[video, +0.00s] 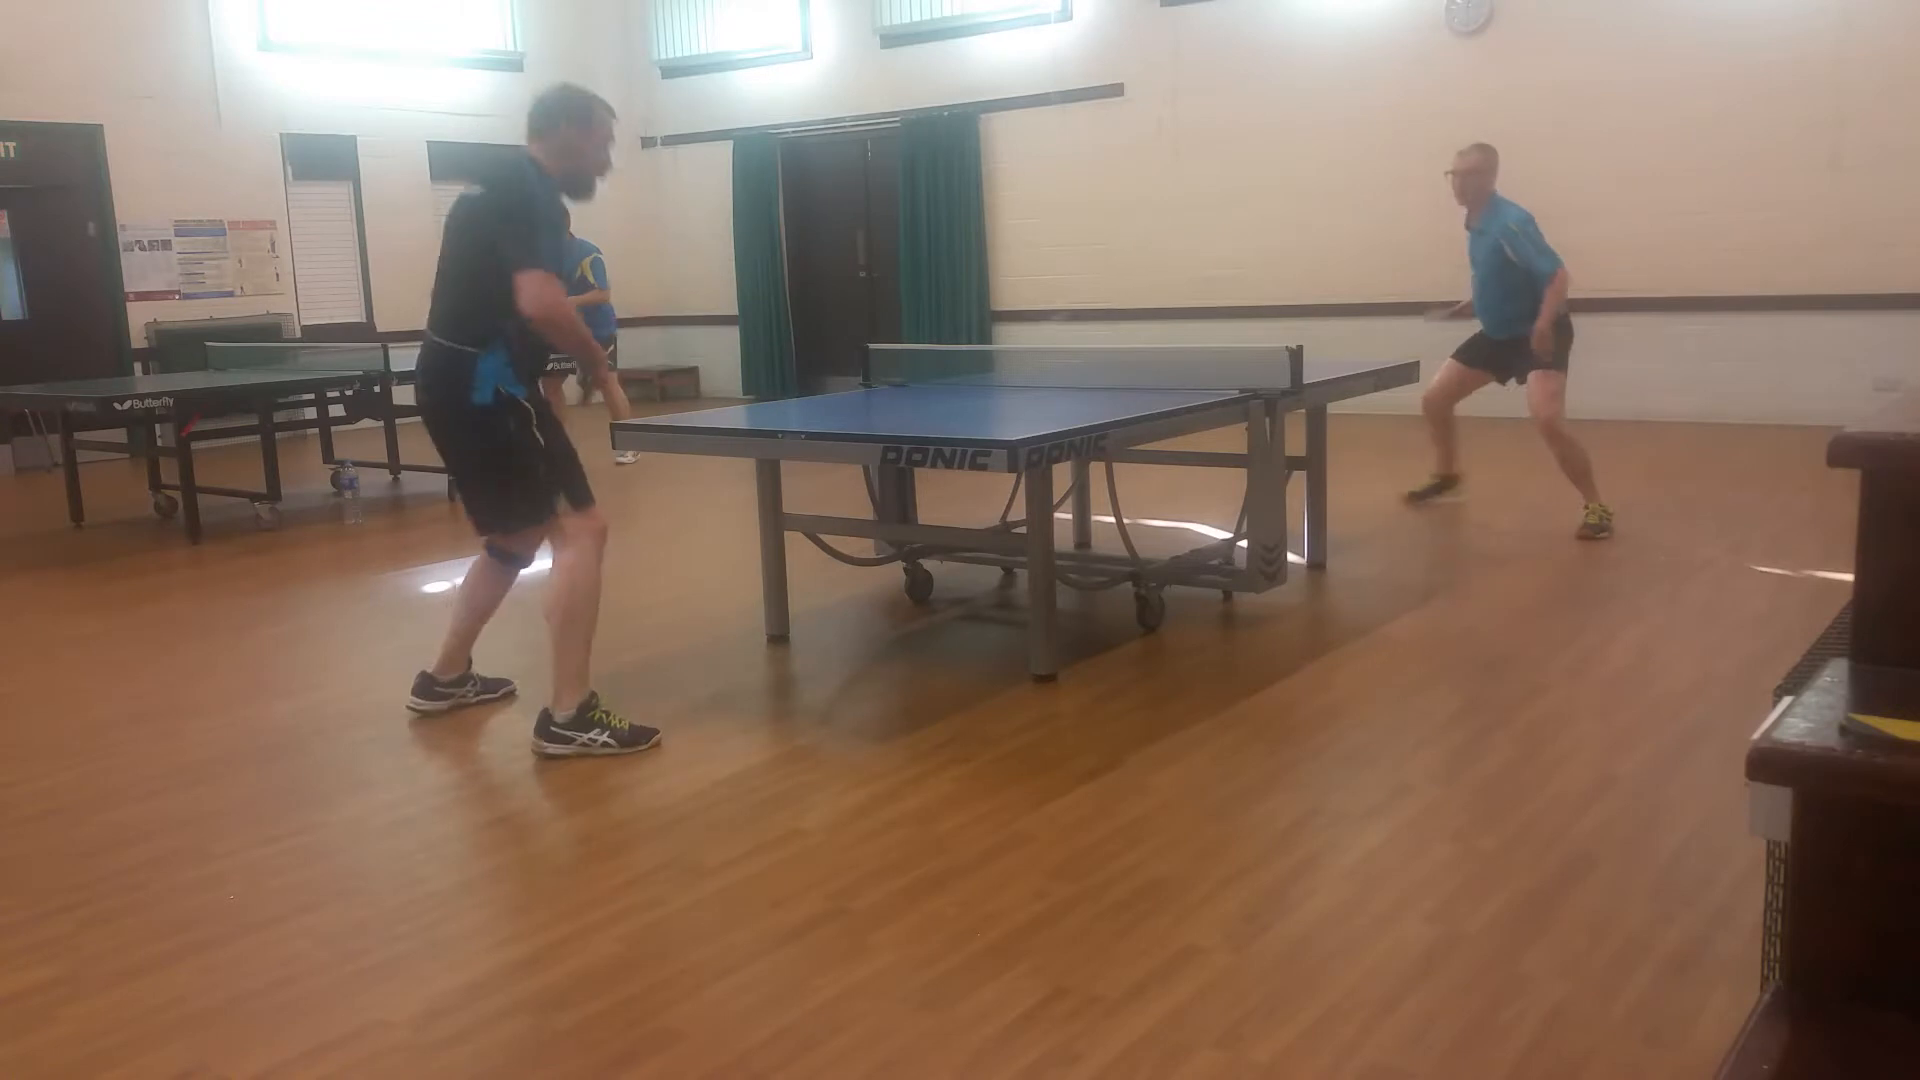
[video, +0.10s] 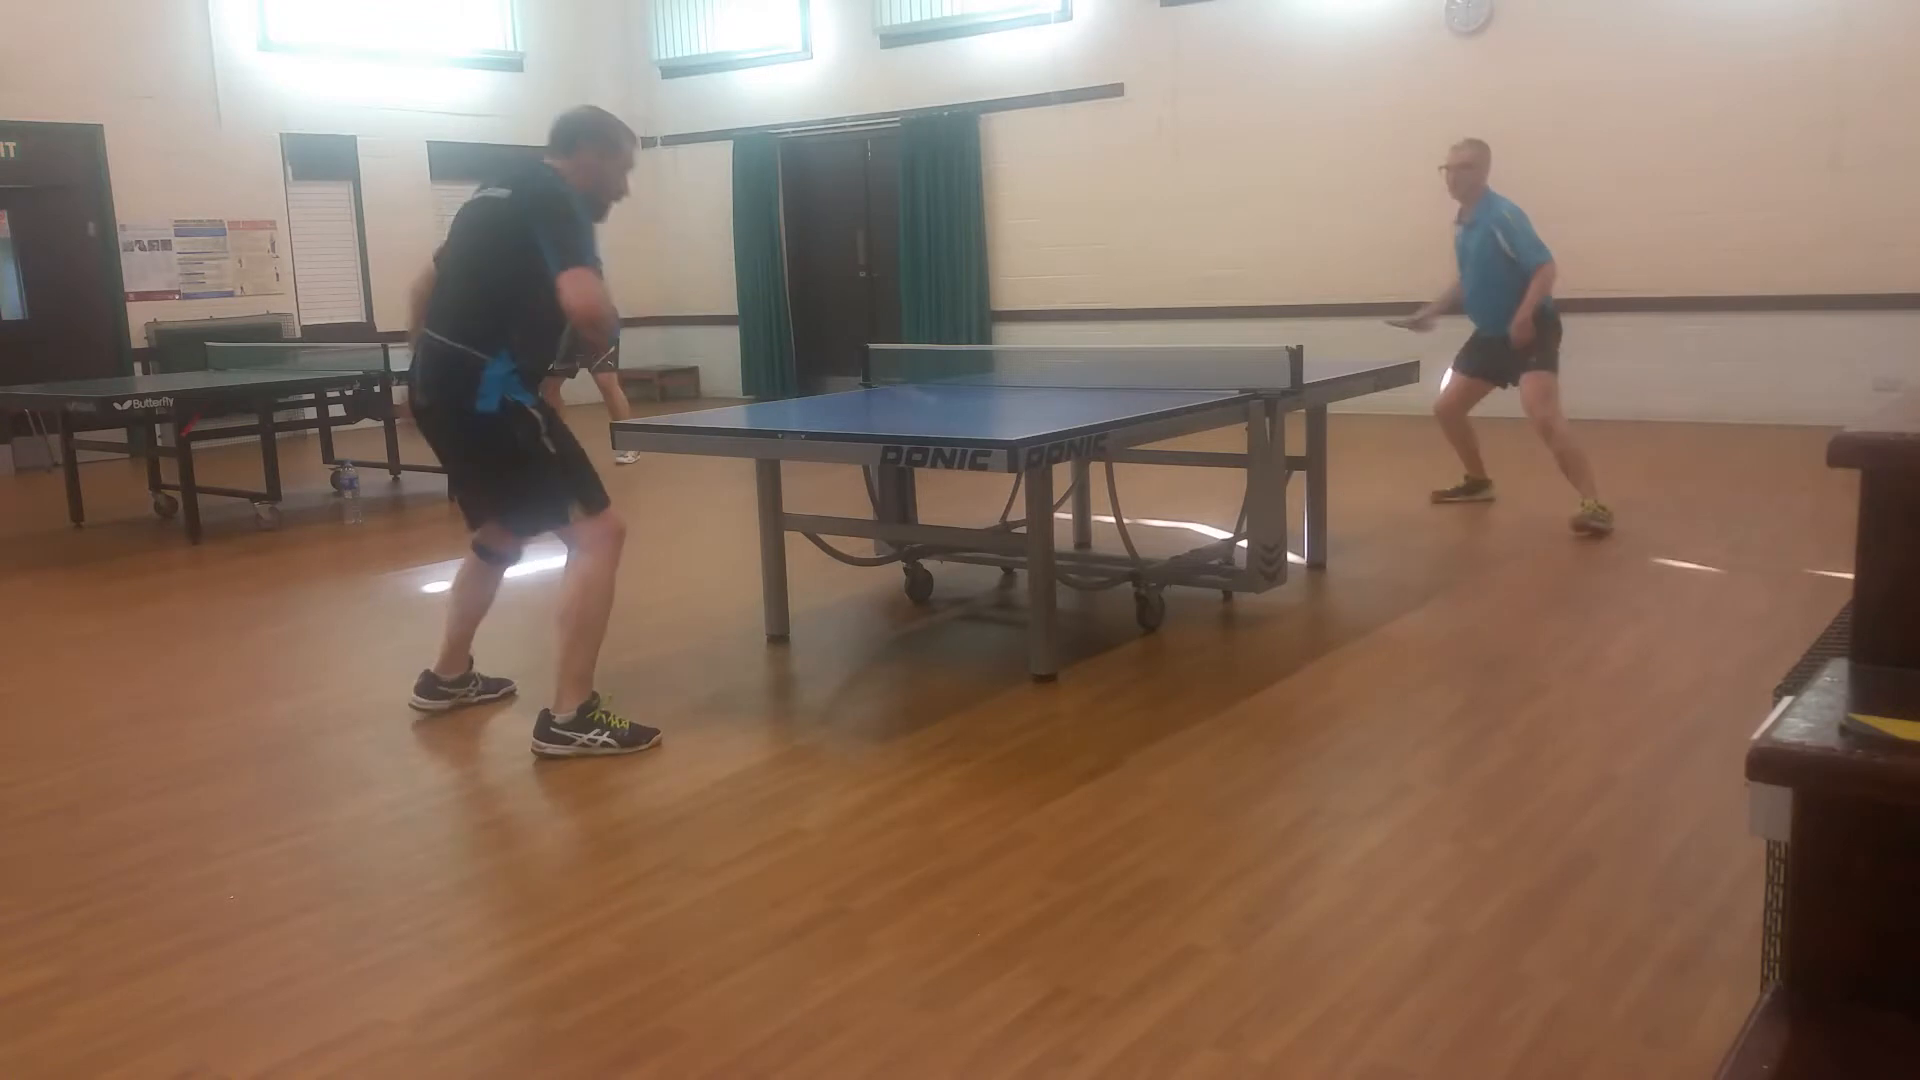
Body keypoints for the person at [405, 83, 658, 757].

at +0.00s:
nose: (609, 159)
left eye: (610, 145)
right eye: (602, 144)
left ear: (552, 137)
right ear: (565, 136)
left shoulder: (502, 184)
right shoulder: (529, 192)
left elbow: (492, 304)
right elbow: (539, 301)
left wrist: (541, 376)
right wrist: (601, 366)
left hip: (455, 376)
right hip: (487, 381)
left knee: (513, 539)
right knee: (582, 530)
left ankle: (444, 676)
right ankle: (569, 712)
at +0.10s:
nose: (626, 186)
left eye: (629, 172)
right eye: (624, 169)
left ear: (561, 155)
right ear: (587, 157)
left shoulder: (497, 193)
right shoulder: (557, 198)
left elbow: (425, 286)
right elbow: (584, 302)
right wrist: (602, 343)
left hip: (442, 388)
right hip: (492, 393)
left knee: (498, 534)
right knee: (598, 533)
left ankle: (447, 673)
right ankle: (570, 712)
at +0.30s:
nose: (633, 196)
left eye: (637, 184)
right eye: (632, 181)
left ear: (566, 160)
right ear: (603, 167)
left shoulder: (484, 191)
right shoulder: (597, 212)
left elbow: (368, 238)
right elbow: (662, 310)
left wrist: (312, 322)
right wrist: (678, 351)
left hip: (408, 382)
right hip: (484, 388)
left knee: (472, 520)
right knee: (589, 533)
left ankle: (452, 669)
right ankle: (570, 713)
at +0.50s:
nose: (595, 159)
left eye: (597, 146)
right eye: (593, 144)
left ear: (523, 128)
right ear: (568, 137)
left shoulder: (442, 162)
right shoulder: (560, 204)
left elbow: (322, 210)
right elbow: (567, 299)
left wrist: (248, 293)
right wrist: (583, 399)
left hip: (390, 382)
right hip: (475, 386)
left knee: (432, 537)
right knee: (561, 535)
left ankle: (371, 696)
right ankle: (569, 712)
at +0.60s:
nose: (558, 131)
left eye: (558, 115)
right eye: (554, 115)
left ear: (483, 105)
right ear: (530, 112)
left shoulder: (401, 155)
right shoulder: (515, 170)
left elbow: (306, 225)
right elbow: (485, 257)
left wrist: (240, 314)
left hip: (372, 384)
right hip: (461, 383)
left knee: (408, 541)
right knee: (547, 535)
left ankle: (324, 712)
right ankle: (569, 712)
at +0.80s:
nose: (455, 107)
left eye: (451, 94)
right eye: (448, 94)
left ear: (374, 97)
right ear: (424, 97)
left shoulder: (315, 175)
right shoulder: (408, 163)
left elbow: (275, 291)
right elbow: (366, 259)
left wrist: (271, 400)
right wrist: (347, 361)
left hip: (332, 401)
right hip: (405, 402)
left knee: (342, 568)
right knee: (500, 544)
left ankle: (291, 758)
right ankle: (559, 713)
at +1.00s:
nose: (378, 76)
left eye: (372, 60)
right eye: (366, 60)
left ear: (298, 65)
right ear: (333, 65)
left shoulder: (256, 143)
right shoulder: (329, 144)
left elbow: (272, 287)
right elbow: (352, 283)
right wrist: (421, 397)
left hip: (281, 398)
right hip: (351, 393)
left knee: (308, 567)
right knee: (454, 542)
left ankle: (288, 762)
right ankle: (498, 735)